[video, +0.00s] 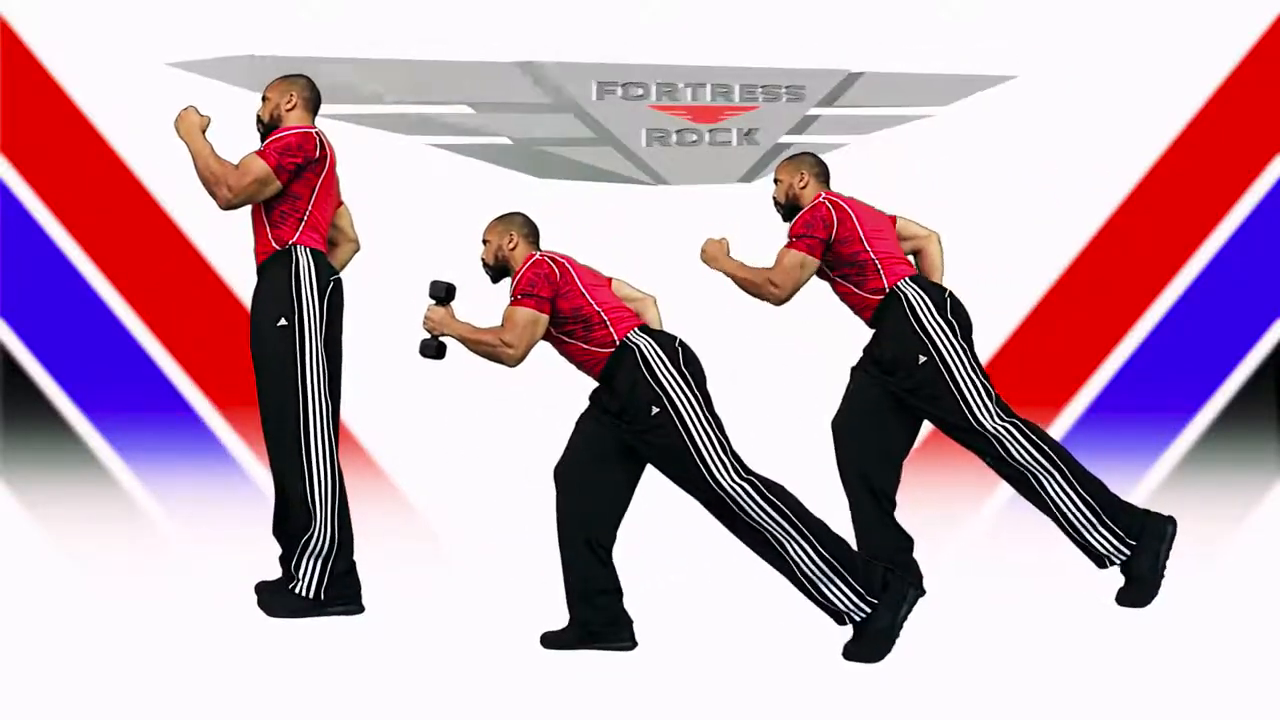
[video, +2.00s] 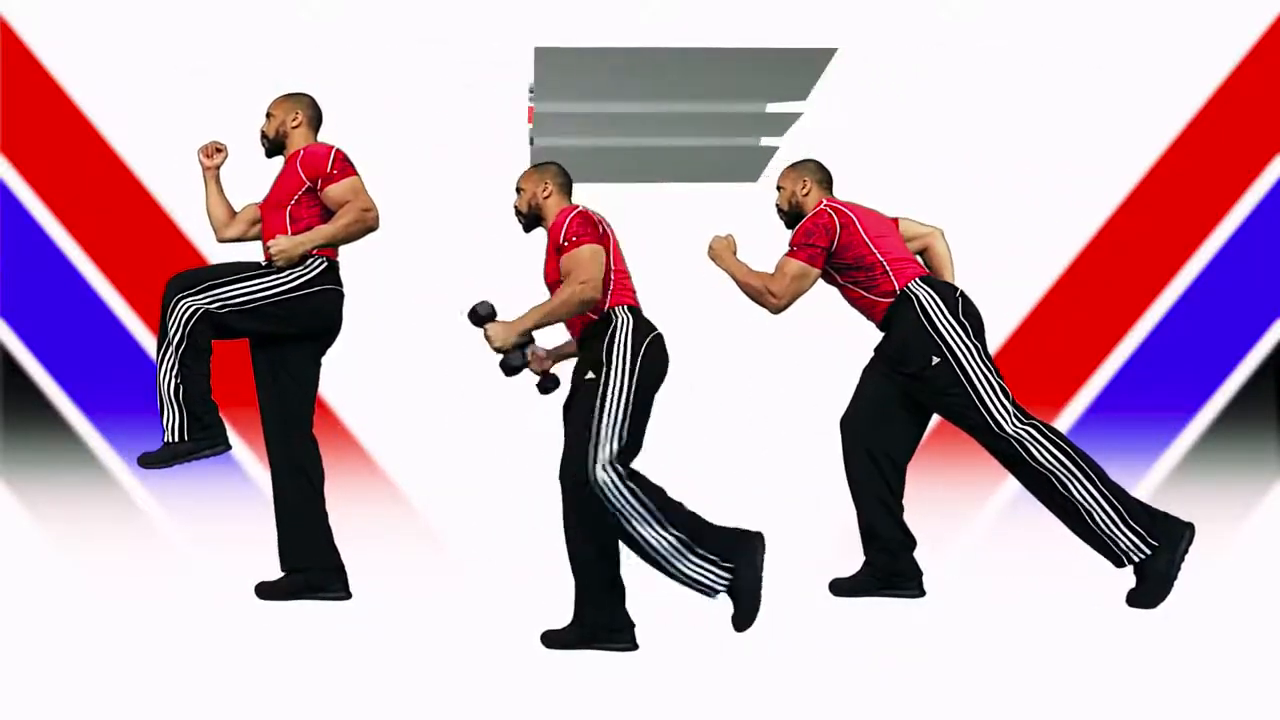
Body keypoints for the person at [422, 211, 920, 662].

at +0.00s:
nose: (483, 253)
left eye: (489, 243)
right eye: (484, 245)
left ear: (516, 239)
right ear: (523, 243)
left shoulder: (537, 270)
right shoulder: (565, 271)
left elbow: (510, 348)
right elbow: (643, 302)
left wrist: (447, 324)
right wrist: (653, 369)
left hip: (648, 367)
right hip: (625, 384)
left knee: (731, 489)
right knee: (580, 484)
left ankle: (872, 599)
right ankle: (600, 622)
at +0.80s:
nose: (490, 235)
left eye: (497, 225)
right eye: (490, 229)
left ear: (524, 223)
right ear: (523, 229)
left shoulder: (546, 252)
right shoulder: (559, 261)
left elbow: (544, 323)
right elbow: (634, 313)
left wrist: (476, 343)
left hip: (636, 363)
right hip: (610, 384)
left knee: (693, 484)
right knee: (576, 487)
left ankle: (843, 588)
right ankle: (600, 620)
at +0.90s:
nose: (498, 223)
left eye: (502, 212)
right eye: (498, 215)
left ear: (527, 210)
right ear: (531, 212)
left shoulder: (557, 238)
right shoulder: (542, 260)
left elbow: (569, 299)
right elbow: (602, 328)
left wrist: (505, 345)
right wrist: (584, 376)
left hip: (630, 353)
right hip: (604, 371)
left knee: (634, 487)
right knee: (577, 489)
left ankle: (778, 569)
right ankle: (601, 621)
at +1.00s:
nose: (511, 208)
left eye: (516, 198)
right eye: (511, 200)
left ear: (540, 196)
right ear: (542, 197)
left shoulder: (567, 222)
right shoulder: (559, 246)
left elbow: (599, 277)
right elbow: (583, 340)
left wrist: (549, 339)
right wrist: (549, 358)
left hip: (624, 341)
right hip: (607, 353)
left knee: (556, 455)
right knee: (588, 481)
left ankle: (663, 557)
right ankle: (600, 620)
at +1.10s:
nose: (521, 196)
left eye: (526, 186)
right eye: (522, 188)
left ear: (549, 184)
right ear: (553, 185)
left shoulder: (578, 211)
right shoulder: (566, 239)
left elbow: (626, 258)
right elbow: (576, 324)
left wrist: (592, 326)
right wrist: (511, 322)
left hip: (612, 343)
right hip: (616, 356)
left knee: (508, 398)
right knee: (591, 486)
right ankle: (603, 619)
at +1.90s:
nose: (526, 192)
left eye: (531, 182)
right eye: (526, 184)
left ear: (556, 181)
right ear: (557, 182)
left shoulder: (581, 211)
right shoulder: (569, 235)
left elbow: (612, 267)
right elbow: (578, 322)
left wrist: (566, 331)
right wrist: (525, 328)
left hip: (614, 333)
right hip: (612, 342)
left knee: (534, 429)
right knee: (589, 479)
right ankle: (601, 621)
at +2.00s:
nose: (517, 202)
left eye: (521, 192)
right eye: (516, 194)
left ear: (546, 188)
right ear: (549, 190)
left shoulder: (575, 220)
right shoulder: (559, 241)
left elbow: (587, 287)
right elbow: (595, 326)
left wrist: (517, 325)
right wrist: (551, 355)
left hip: (622, 341)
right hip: (598, 355)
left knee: (601, 470)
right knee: (577, 480)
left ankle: (733, 558)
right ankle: (602, 619)